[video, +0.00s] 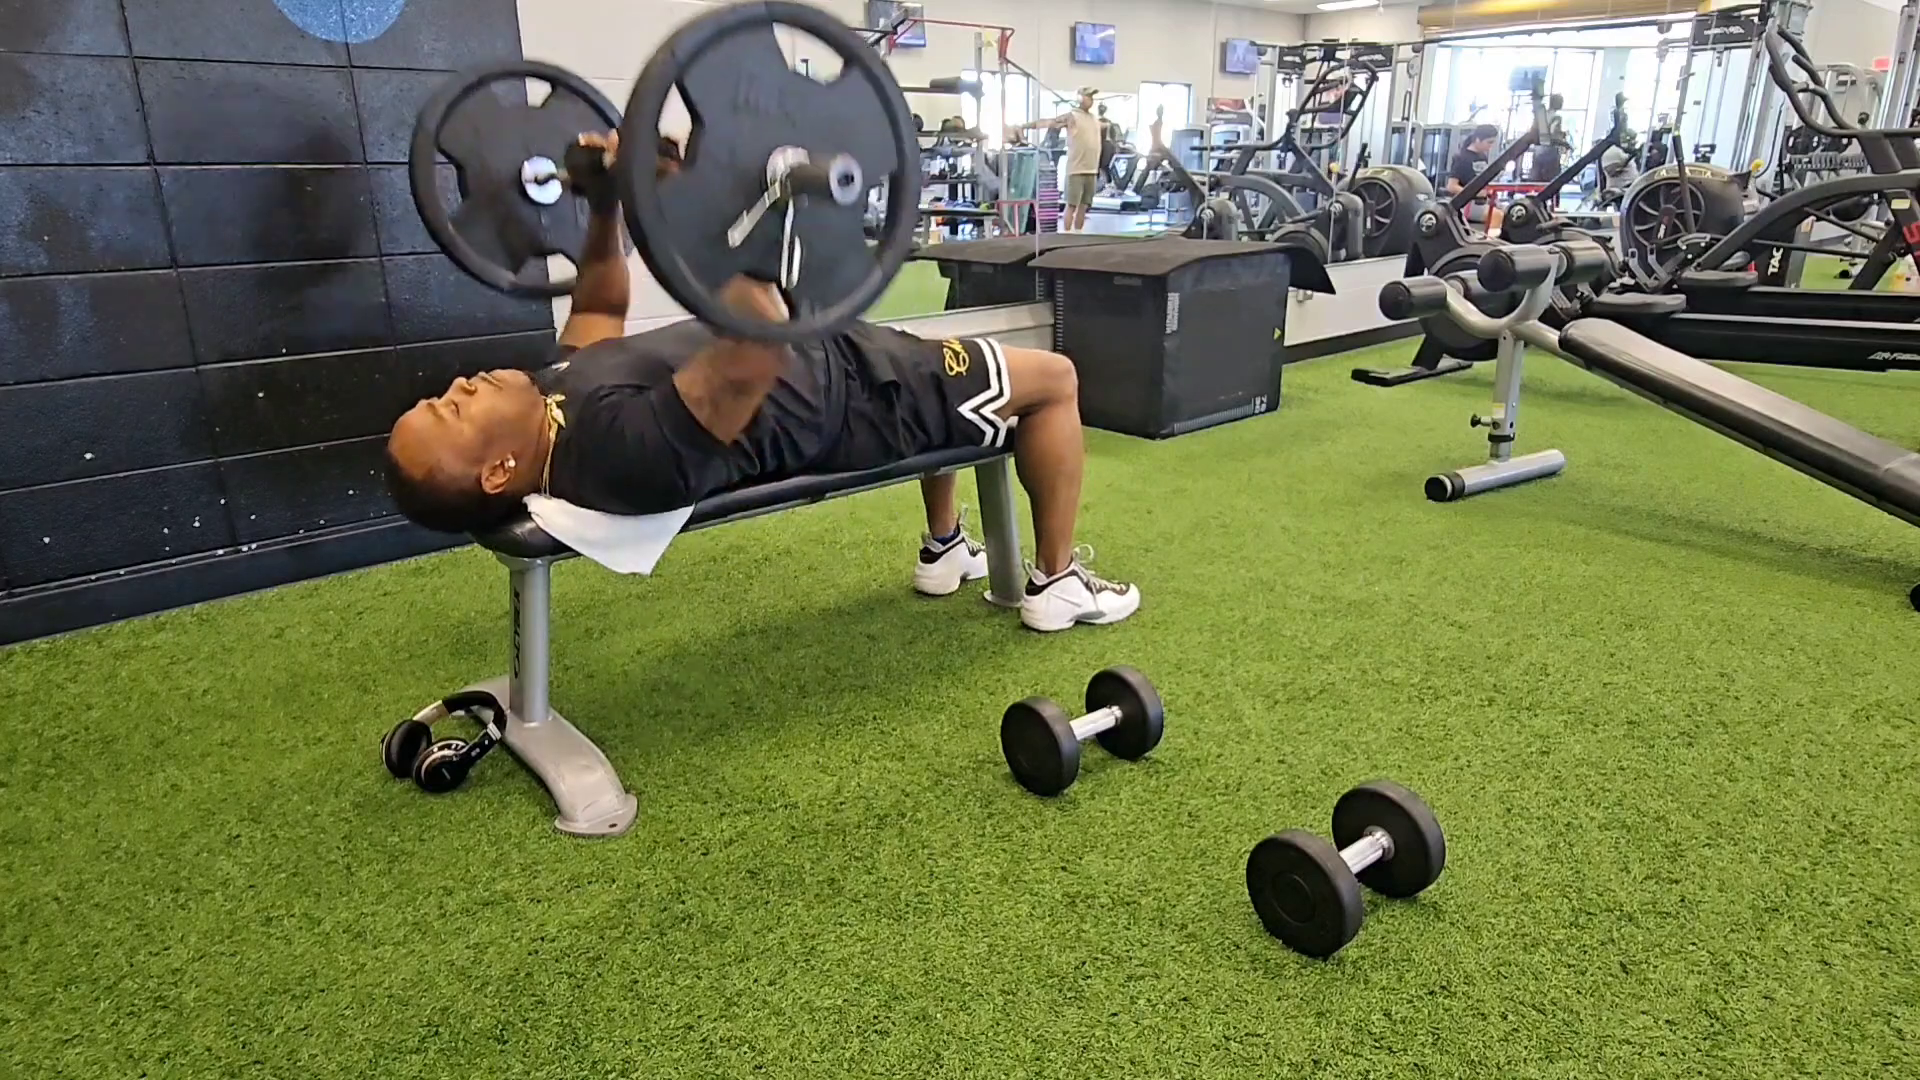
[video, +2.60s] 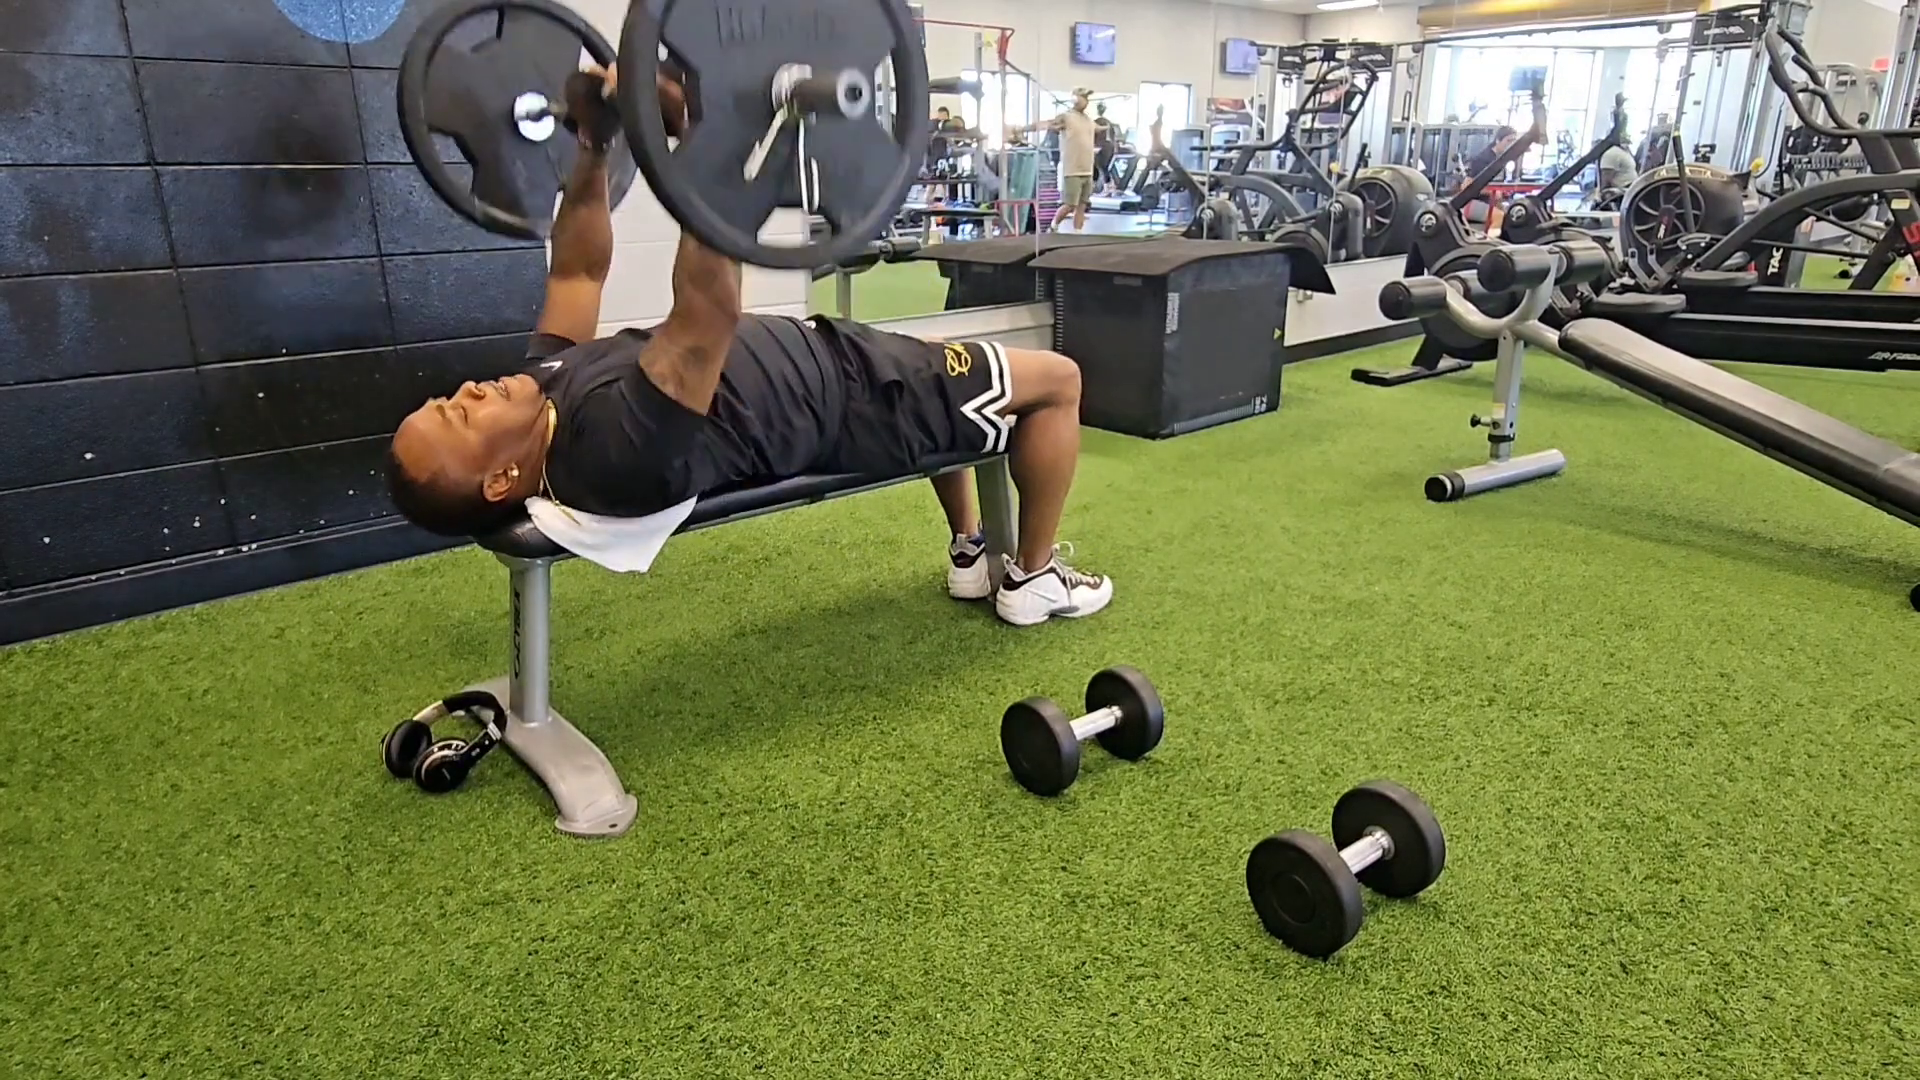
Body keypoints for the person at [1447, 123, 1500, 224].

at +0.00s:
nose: (1490, 147)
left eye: (1492, 143)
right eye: (1489, 142)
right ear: (1478, 140)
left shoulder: (1483, 157)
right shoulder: (1461, 158)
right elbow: (1451, 186)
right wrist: (1476, 193)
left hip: (1485, 201)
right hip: (1467, 203)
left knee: (1508, 212)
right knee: (1497, 216)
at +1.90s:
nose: (1493, 147)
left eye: (1494, 143)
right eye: (1492, 142)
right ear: (1481, 138)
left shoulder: (1484, 157)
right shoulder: (1465, 157)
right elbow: (1454, 184)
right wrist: (1479, 192)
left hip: (1484, 201)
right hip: (1470, 203)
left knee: (1506, 213)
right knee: (1499, 215)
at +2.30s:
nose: (1492, 144)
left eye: (1494, 140)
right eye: (1490, 139)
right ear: (1479, 138)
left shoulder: (1486, 157)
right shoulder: (1465, 156)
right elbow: (1455, 185)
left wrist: (1493, 191)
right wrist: (1480, 193)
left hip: (1487, 201)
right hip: (1469, 202)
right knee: (1499, 217)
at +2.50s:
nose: (1504, 143)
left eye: (1505, 139)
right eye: (1502, 138)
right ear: (1490, 138)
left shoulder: (1497, 159)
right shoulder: (1478, 157)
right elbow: (1463, 185)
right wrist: (1486, 194)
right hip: (1469, 201)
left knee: (1510, 211)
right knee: (1498, 216)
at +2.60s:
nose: (1512, 144)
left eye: (1513, 141)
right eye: (1509, 140)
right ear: (1498, 140)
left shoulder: (1502, 159)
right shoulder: (1483, 158)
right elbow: (1467, 186)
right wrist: (1492, 192)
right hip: (1473, 202)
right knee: (1499, 217)